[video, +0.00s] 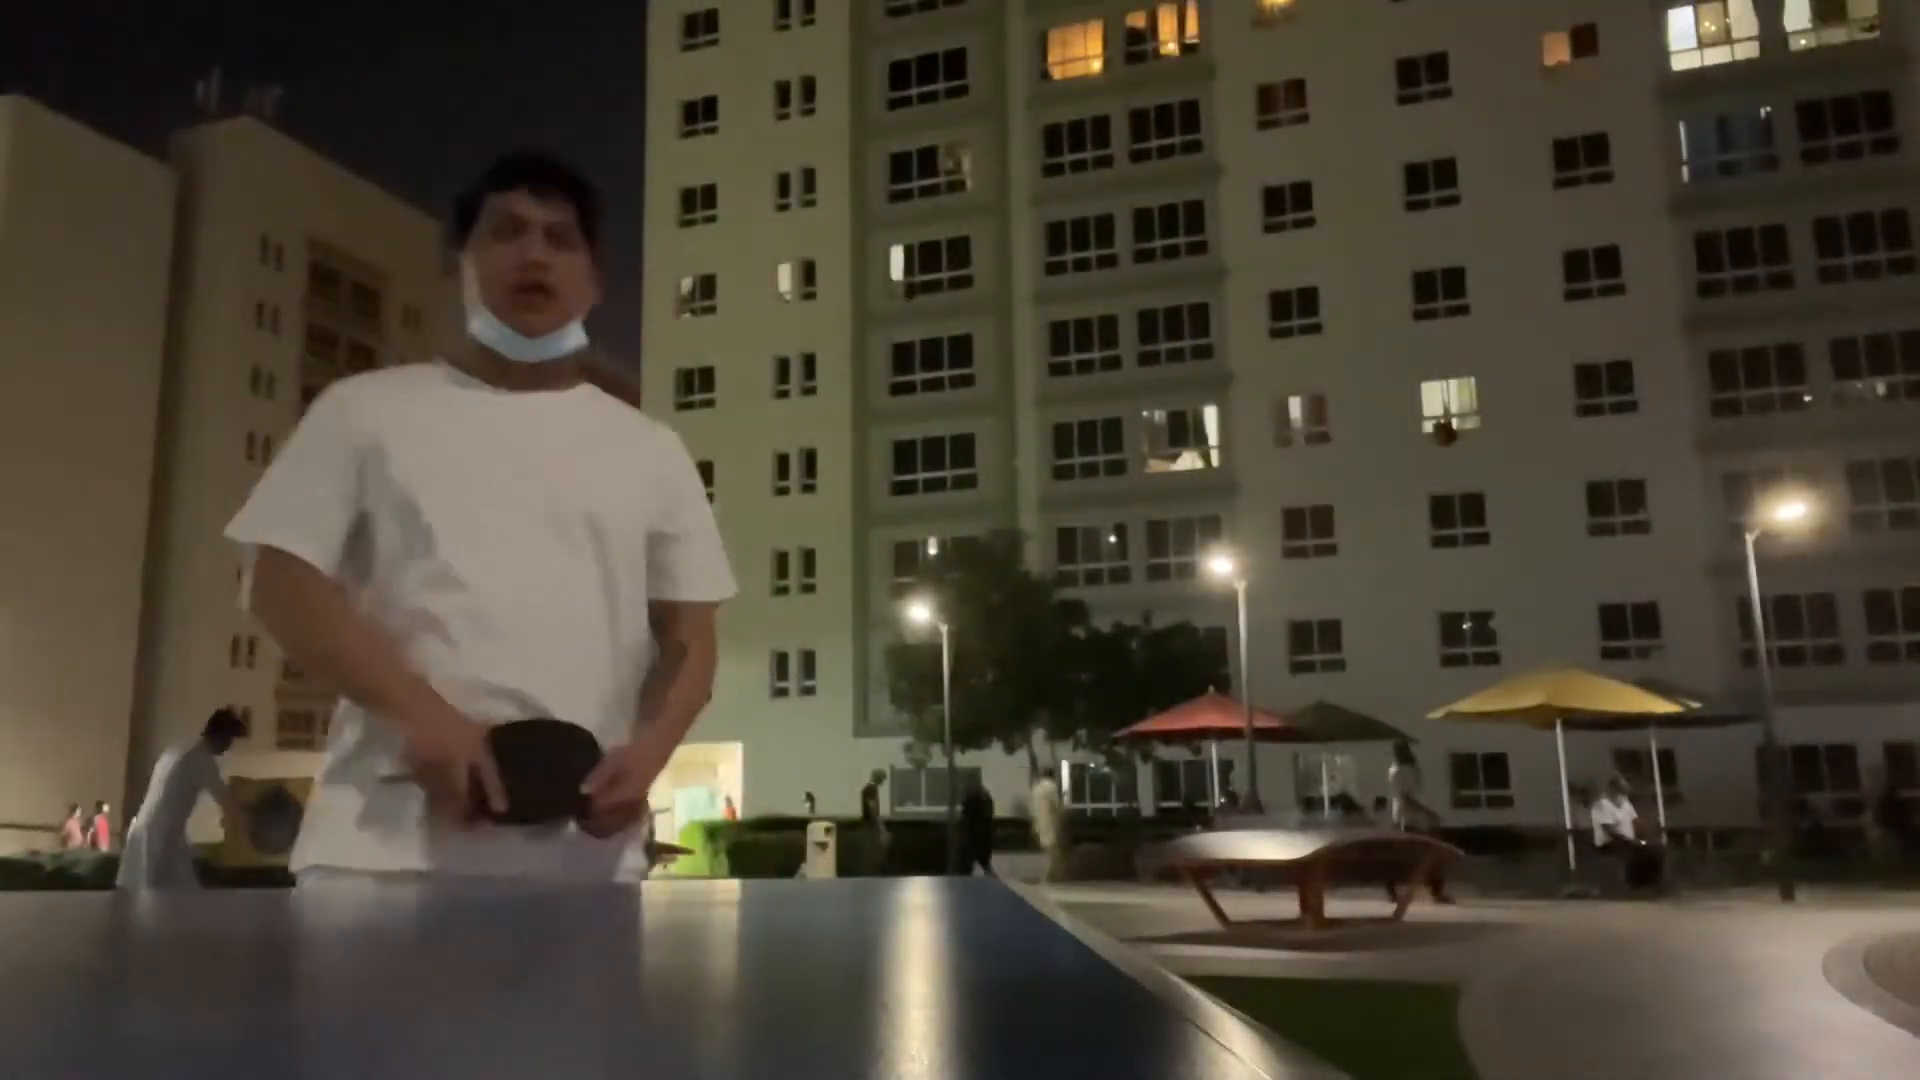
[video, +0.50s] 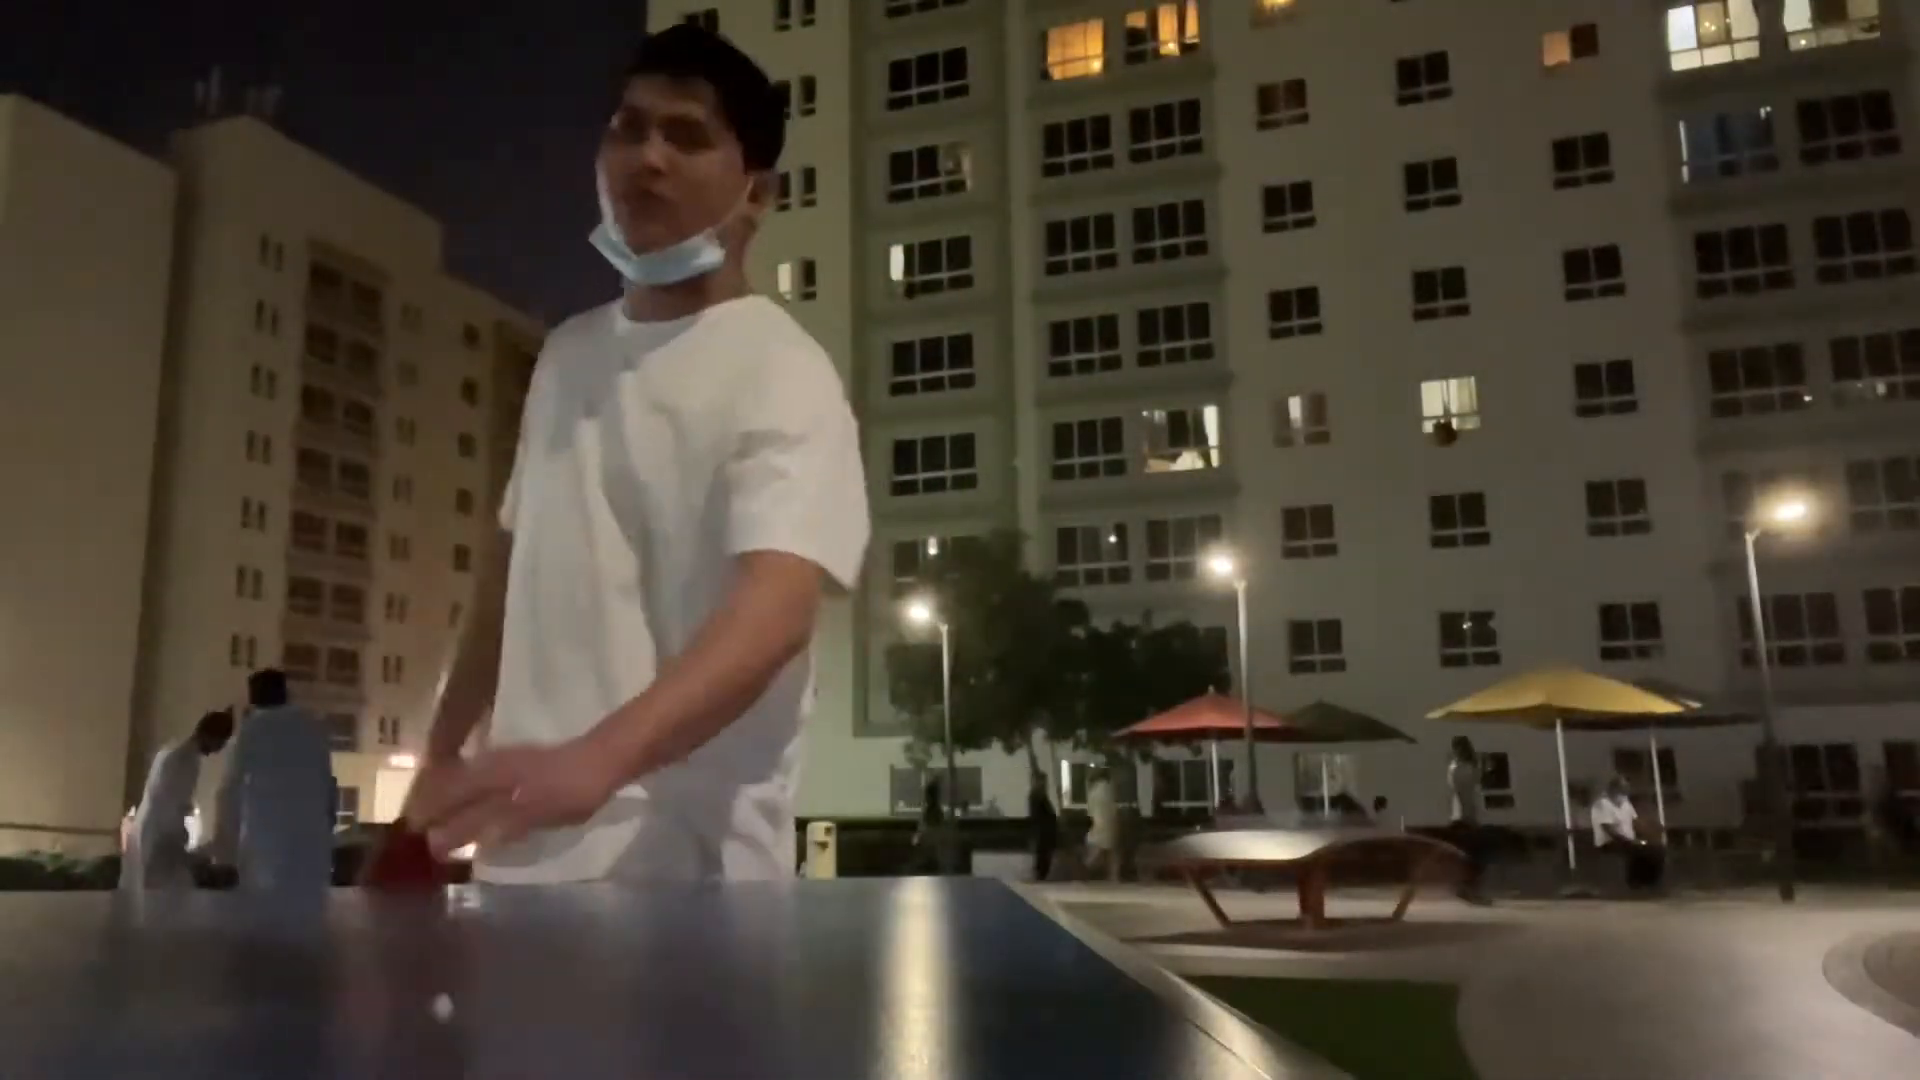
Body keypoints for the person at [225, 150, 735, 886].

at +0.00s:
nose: (534, 255)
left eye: (561, 238)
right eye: (507, 231)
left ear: (594, 277)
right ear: (463, 265)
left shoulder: (650, 452)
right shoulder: (365, 414)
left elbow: (692, 644)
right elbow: (282, 584)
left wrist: (647, 753)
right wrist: (426, 719)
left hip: (579, 863)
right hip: (387, 859)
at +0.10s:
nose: (526, 233)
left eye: (553, 214)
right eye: (495, 208)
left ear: (589, 253)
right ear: (451, 243)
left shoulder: (653, 430)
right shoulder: (355, 401)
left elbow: (696, 620)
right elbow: (253, 576)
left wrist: (637, 735)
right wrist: (380, 709)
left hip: (587, 846)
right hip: (392, 844)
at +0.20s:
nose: (573, 217)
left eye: (602, 194)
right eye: (544, 192)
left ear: (646, 228)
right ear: (502, 225)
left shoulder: (711, 423)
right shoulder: (407, 398)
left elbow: (751, 629)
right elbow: (318, 585)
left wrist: (646, 765)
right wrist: (382, 734)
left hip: (622, 864)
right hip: (420, 857)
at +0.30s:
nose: (643, 182)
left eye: (677, 162)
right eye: (619, 157)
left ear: (731, 212)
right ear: (584, 191)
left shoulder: (778, 395)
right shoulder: (496, 368)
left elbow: (830, 619)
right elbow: (417, 556)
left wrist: (679, 718)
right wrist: (411, 769)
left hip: (682, 861)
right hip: (498, 856)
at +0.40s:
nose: (661, 170)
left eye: (701, 151)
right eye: (642, 142)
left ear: (760, 200)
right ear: (609, 170)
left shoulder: (792, 378)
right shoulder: (546, 356)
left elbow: (840, 602)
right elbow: (477, 558)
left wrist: (663, 695)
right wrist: (422, 741)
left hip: (675, 853)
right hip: (507, 845)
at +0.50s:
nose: (645, 157)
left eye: (686, 136)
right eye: (628, 129)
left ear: (755, 190)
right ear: (600, 158)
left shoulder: (779, 369)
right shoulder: (570, 353)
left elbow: (774, 611)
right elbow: (512, 572)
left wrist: (594, 761)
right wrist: (444, 752)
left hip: (686, 865)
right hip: (522, 852)